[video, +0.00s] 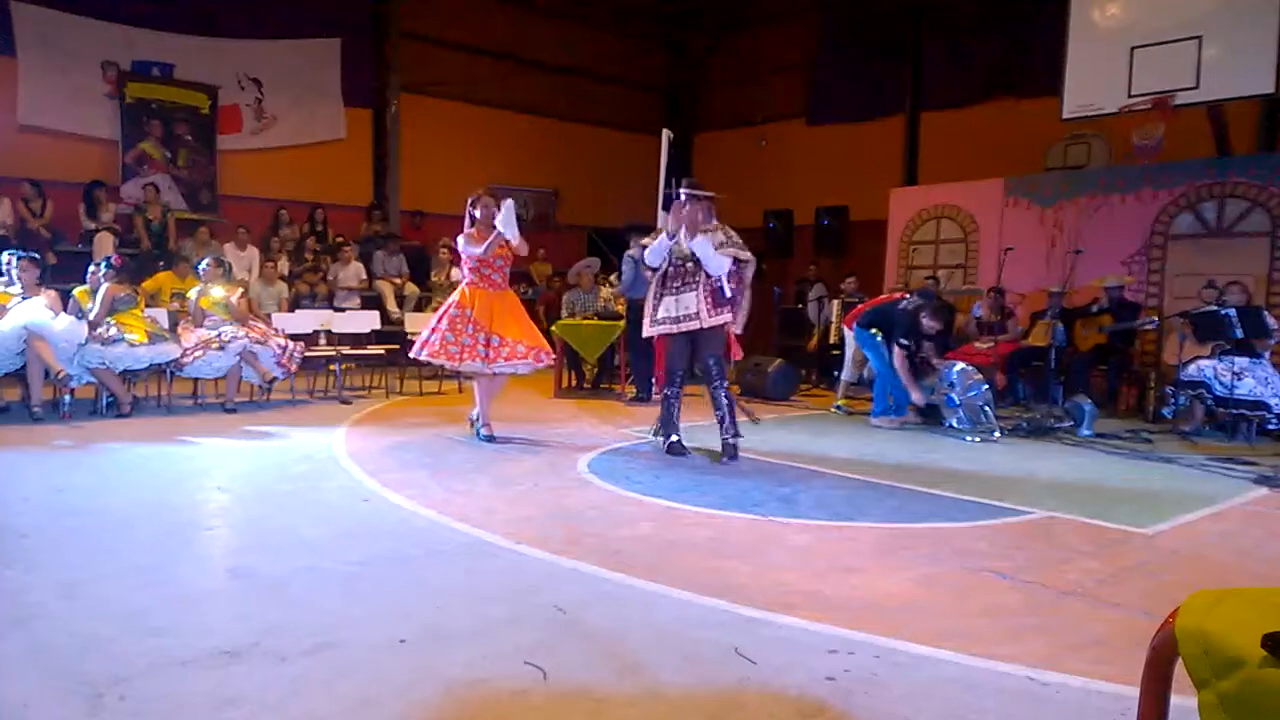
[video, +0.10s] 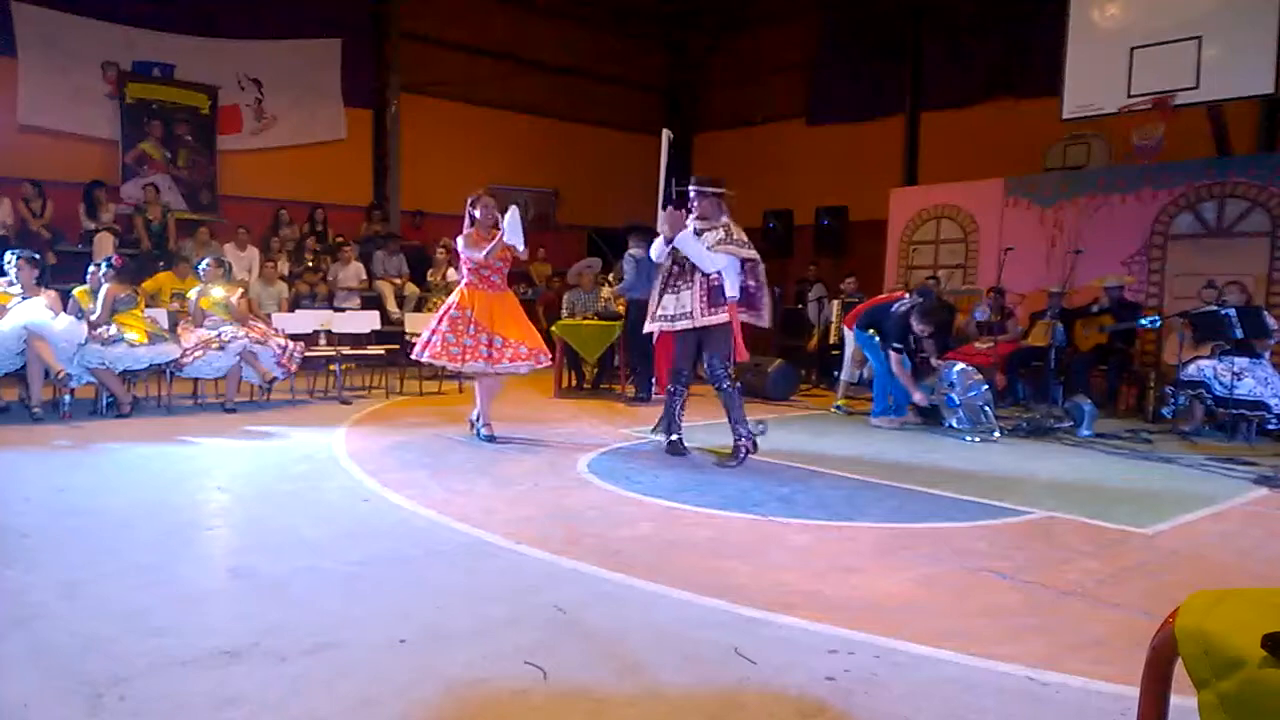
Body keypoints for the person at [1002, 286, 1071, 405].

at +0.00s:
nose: (1053, 301)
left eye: (1057, 298)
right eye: (1051, 297)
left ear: (1062, 298)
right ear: (1047, 298)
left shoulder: (1067, 315)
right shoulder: (1037, 316)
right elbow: (1027, 336)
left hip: (1057, 348)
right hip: (1037, 348)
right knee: (1013, 358)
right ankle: (1013, 396)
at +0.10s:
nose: (1053, 301)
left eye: (1056, 298)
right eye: (1051, 297)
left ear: (1062, 299)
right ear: (1047, 299)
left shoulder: (1067, 315)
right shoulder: (1037, 316)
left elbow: (1068, 341)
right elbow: (1027, 336)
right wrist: (1027, 342)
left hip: (1056, 349)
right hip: (1037, 348)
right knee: (1013, 358)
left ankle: (1045, 397)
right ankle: (1013, 395)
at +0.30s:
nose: (1055, 301)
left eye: (1058, 298)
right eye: (1052, 297)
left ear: (1062, 299)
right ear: (1048, 298)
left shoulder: (1068, 314)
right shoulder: (1036, 316)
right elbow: (1027, 335)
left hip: (1056, 349)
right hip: (1036, 348)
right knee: (1013, 358)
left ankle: (1047, 398)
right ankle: (1013, 395)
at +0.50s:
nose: (1055, 301)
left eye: (1058, 297)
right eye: (1052, 297)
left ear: (1062, 299)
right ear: (1048, 298)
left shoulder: (1068, 315)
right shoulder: (1036, 316)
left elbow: (1070, 340)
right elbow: (1026, 336)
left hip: (1056, 349)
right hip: (1037, 349)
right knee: (1013, 358)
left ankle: (1047, 398)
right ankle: (1013, 395)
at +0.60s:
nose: (1055, 301)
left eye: (1058, 297)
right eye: (1052, 297)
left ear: (1062, 299)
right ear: (1048, 298)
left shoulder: (1067, 315)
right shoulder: (1036, 316)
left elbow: (1069, 341)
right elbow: (1026, 336)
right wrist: (1027, 342)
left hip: (1055, 349)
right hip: (1036, 348)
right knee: (1013, 358)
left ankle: (1047, 398)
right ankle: (1013, 396)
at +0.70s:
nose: (1055, 301)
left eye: (1058, 298)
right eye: (1052, 297)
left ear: (1062, 299)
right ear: (1048, 299)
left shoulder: (1067, 315)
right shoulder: (1036, 316)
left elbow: (1069, 340)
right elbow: (1027, 336)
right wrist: (1025, 342)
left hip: (1054, 349)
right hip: (1035, 348)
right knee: (1013, 358)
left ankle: (1046, 397)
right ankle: (1013, 395)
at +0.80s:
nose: (1055, 301)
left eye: (1058, 297)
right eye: (1052, 297)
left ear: (1062, 298)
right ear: (1048, 298)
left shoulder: (1067, 314)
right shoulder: (1036, 316)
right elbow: (1027, 334)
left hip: (1055, 349)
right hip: (1036, 348)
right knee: (1013, 358)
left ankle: (1046, 398)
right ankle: (1013, 395)